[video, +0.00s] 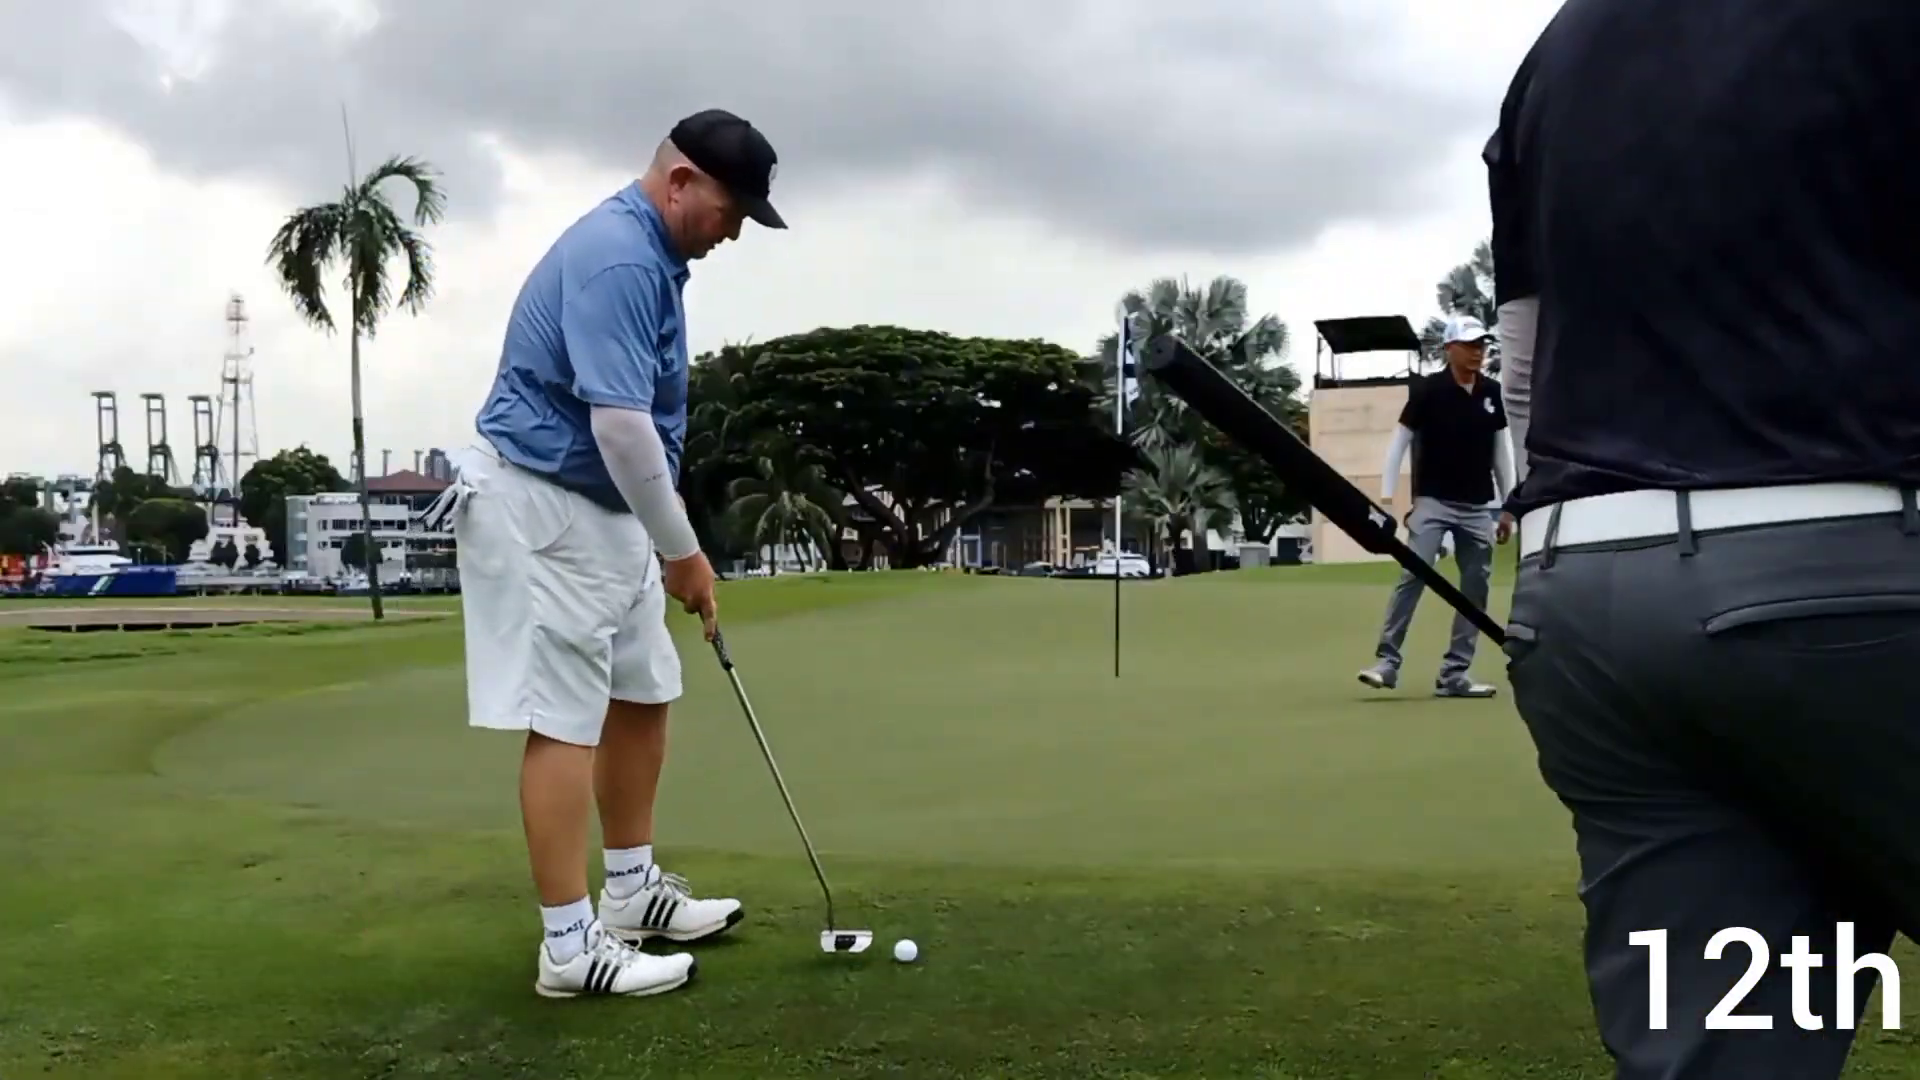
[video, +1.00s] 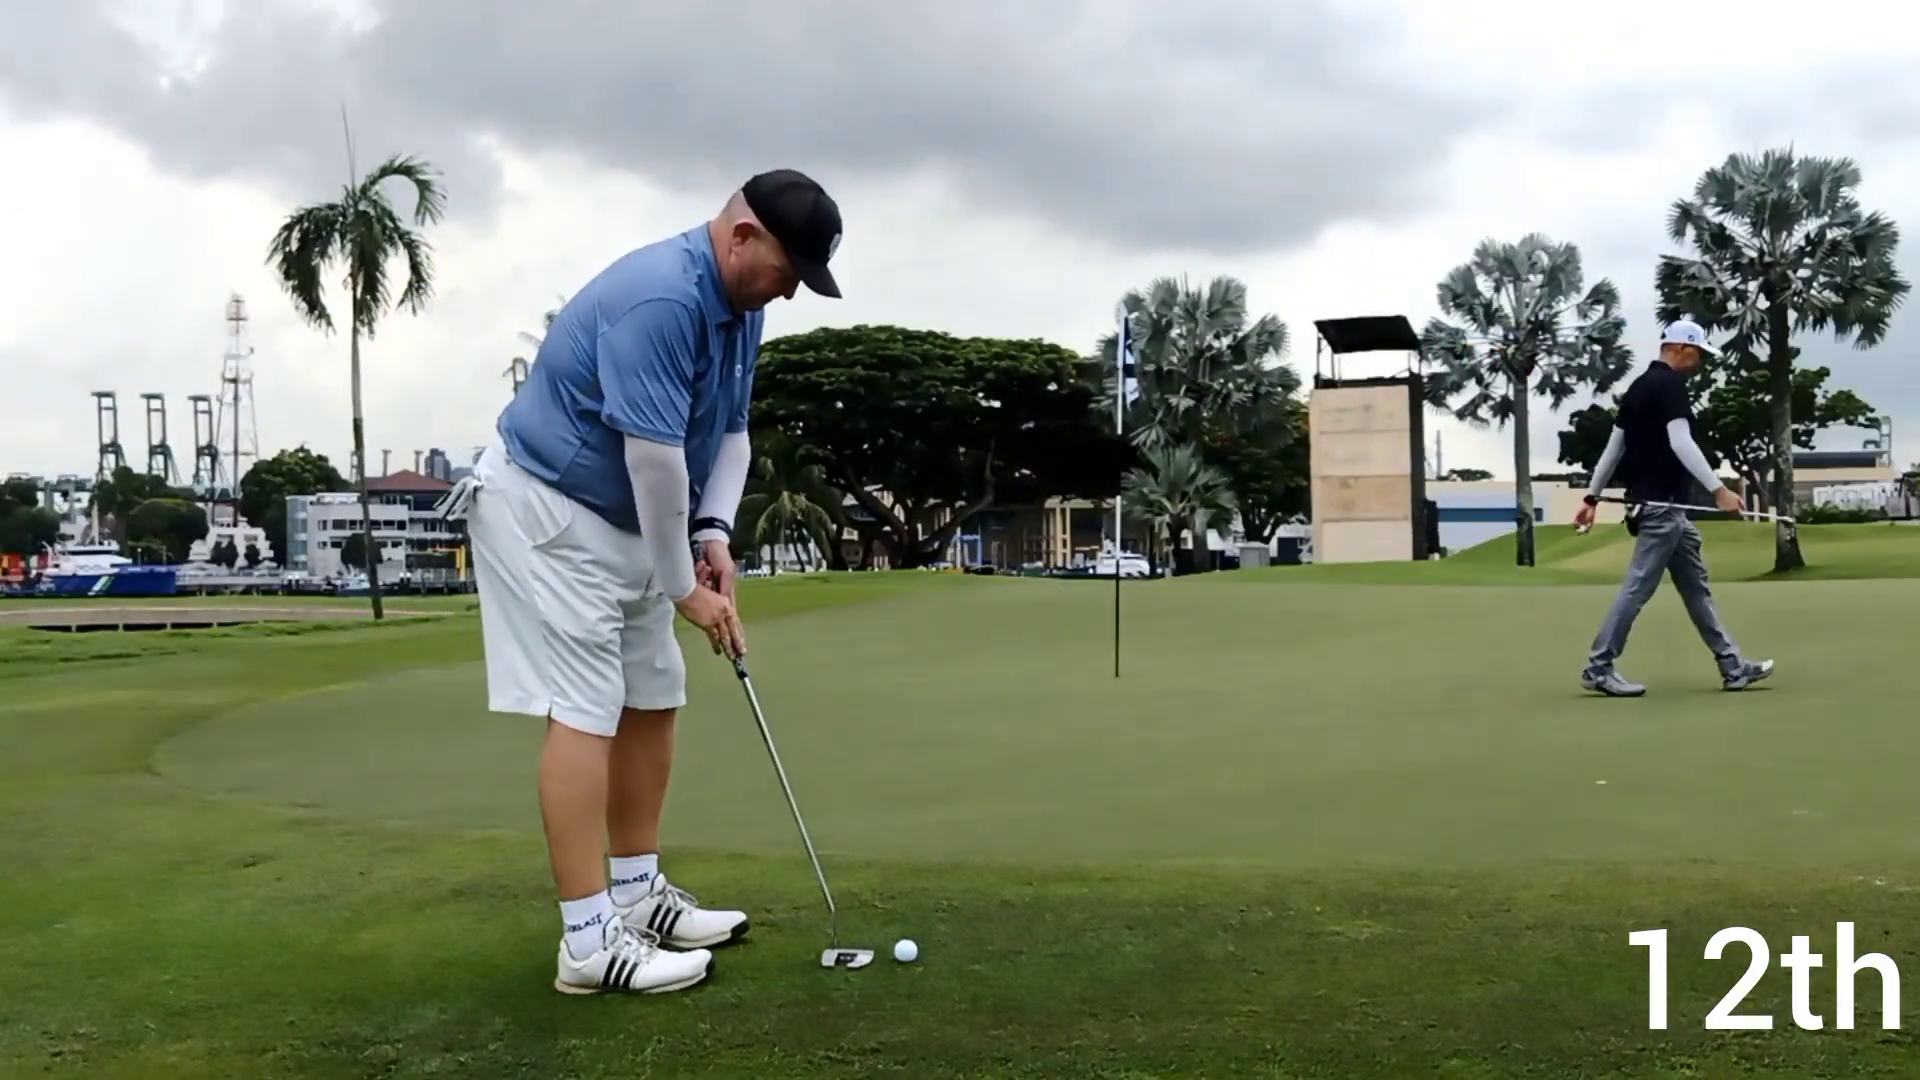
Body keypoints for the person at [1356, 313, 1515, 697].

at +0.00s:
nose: (1476, 353)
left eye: (1480, 345)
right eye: (1468, 346)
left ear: (1485, 349)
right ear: (1448, 348)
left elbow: (1503, 451)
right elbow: (1399, 444)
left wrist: (1509, 505)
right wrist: (1387, 497)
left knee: (1477, 586)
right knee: (1414, 574)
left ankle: (1454, 674)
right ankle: (1387, 663)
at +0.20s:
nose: (1525, 355)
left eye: (1528, 349)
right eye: (1518, 347)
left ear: (1526, 353)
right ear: (1496, 348)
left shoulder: (1519, 397)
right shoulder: (1473, 386)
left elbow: (1532, 457)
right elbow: (1441, 441)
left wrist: (1557, 506)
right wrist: (1440, 496)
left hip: (1501, 500)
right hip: (1470, 497)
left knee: (1478, 585)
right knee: (1503, 570)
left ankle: (1453, 673)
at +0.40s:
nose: (1572, 360)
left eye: (1573, 354)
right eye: (1567, 353)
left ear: (1556, 355)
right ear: (1545, 351)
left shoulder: (1550, 396)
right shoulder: (1519, 389)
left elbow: (1561, 456)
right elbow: (1494, 444)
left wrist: (1593, 499)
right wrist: (1495, 501)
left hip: (1533, 504)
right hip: (1525, 505)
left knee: (1500, 590)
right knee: (1562, 582)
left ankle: (1458, 668)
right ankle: (1588, 671)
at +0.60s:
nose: (1617, 360)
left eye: (1618, 353)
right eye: (1614, 353)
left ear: (1595, 350)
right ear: (1596, 350)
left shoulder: (1581, 383)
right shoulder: (1578, 385)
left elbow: (1575, 449)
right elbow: (1568, 447)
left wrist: (1590, 507)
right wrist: (1565, 506)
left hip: (1579, 502)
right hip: (1584, 504)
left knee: (1575, 586)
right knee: (1600, 585)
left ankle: (1505, 642)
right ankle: (1595, 672)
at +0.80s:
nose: (1659, 356)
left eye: (1660, 349)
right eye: (1657, 348)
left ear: (1633, 343)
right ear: (1638, 342)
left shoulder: (1604, 377)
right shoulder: (1624, 379)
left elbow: (1583, 438)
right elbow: (1623, 438)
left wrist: (1573, 489)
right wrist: (1649, 492)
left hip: (1623, 496)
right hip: (1621, 497)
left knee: (1658, 569)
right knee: (1614, 583)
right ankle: (1597, 670)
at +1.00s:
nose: (1699, 363)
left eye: (1701, 356)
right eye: (1697, 354)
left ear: (1670, 350)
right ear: (1678, 349)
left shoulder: (1641, 386)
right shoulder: (1669, 384)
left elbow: (1615, 445)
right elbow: (1680, 441)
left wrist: (1592, 496)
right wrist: (1718, 489)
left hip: (1658, 507)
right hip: (1662, 508)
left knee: (1695, 586)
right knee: (1638, 588)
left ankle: (1732, 665)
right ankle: (1599, 666)